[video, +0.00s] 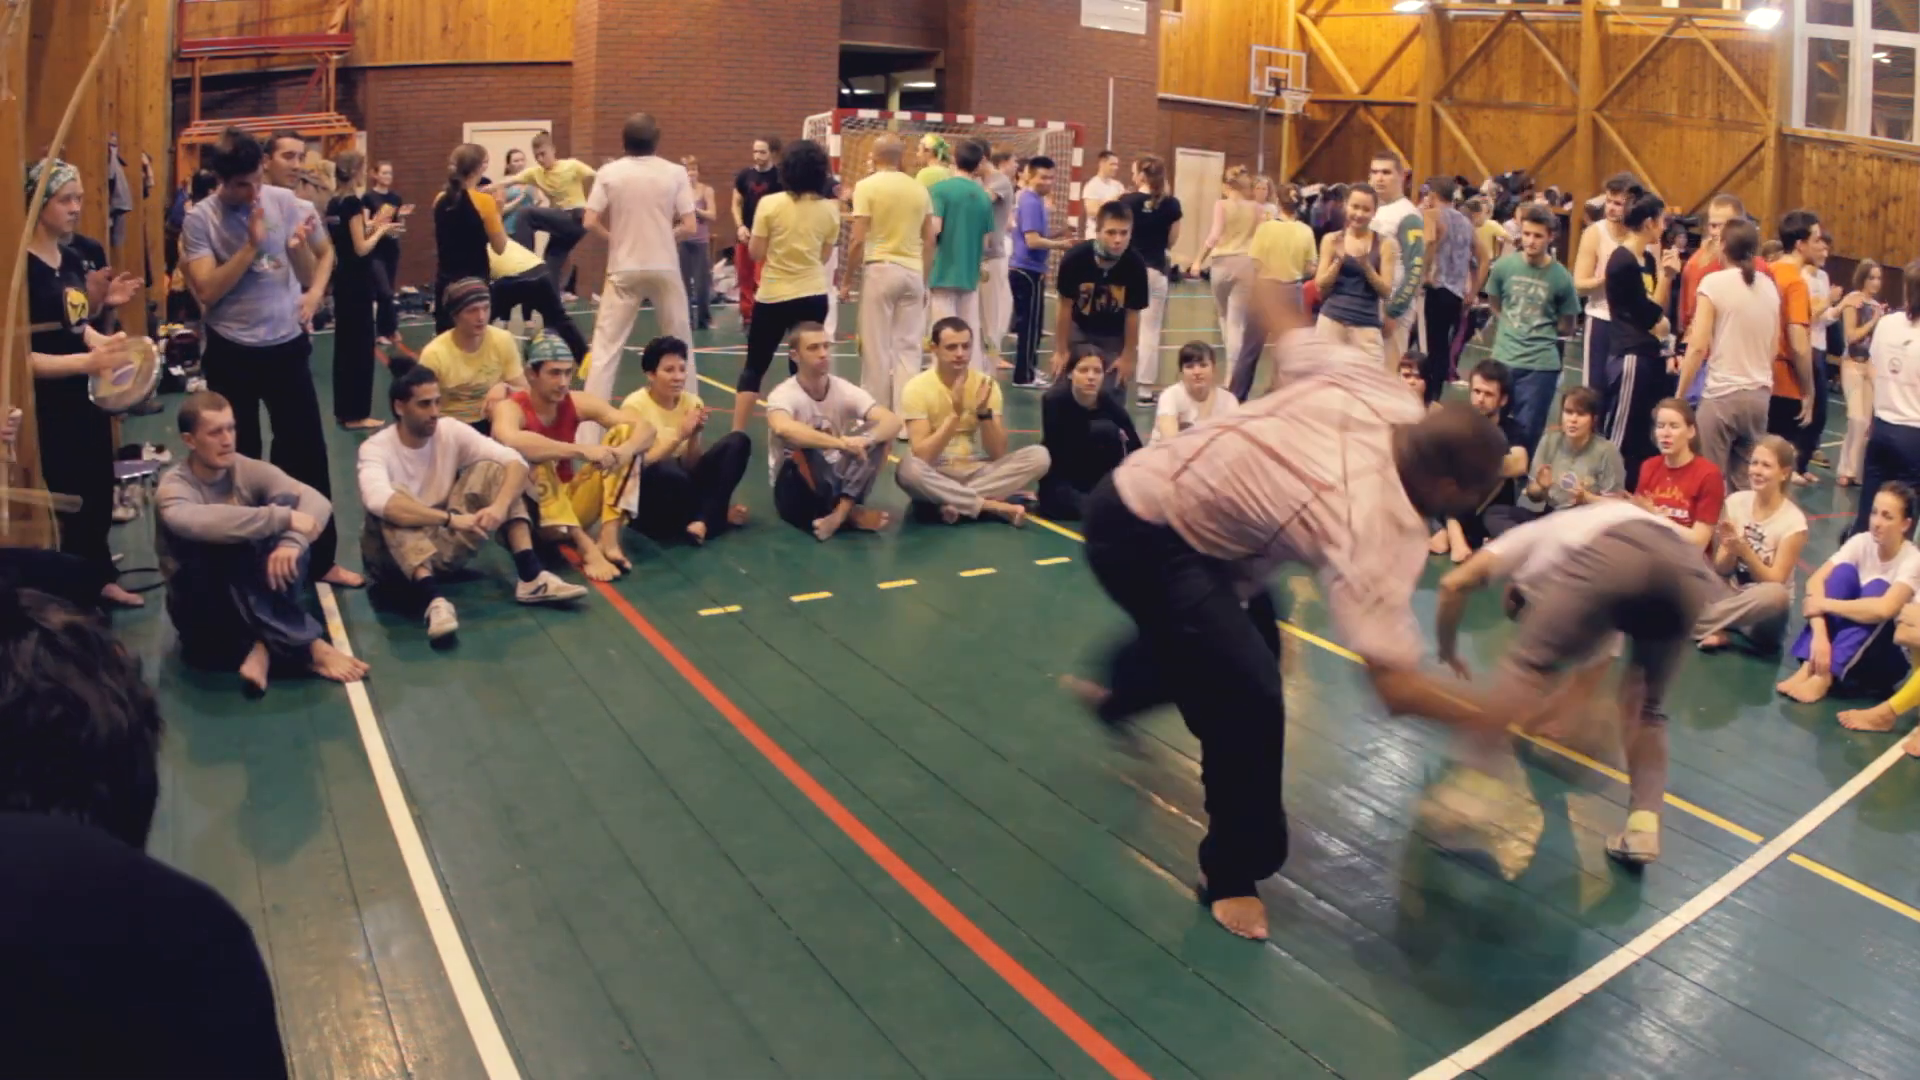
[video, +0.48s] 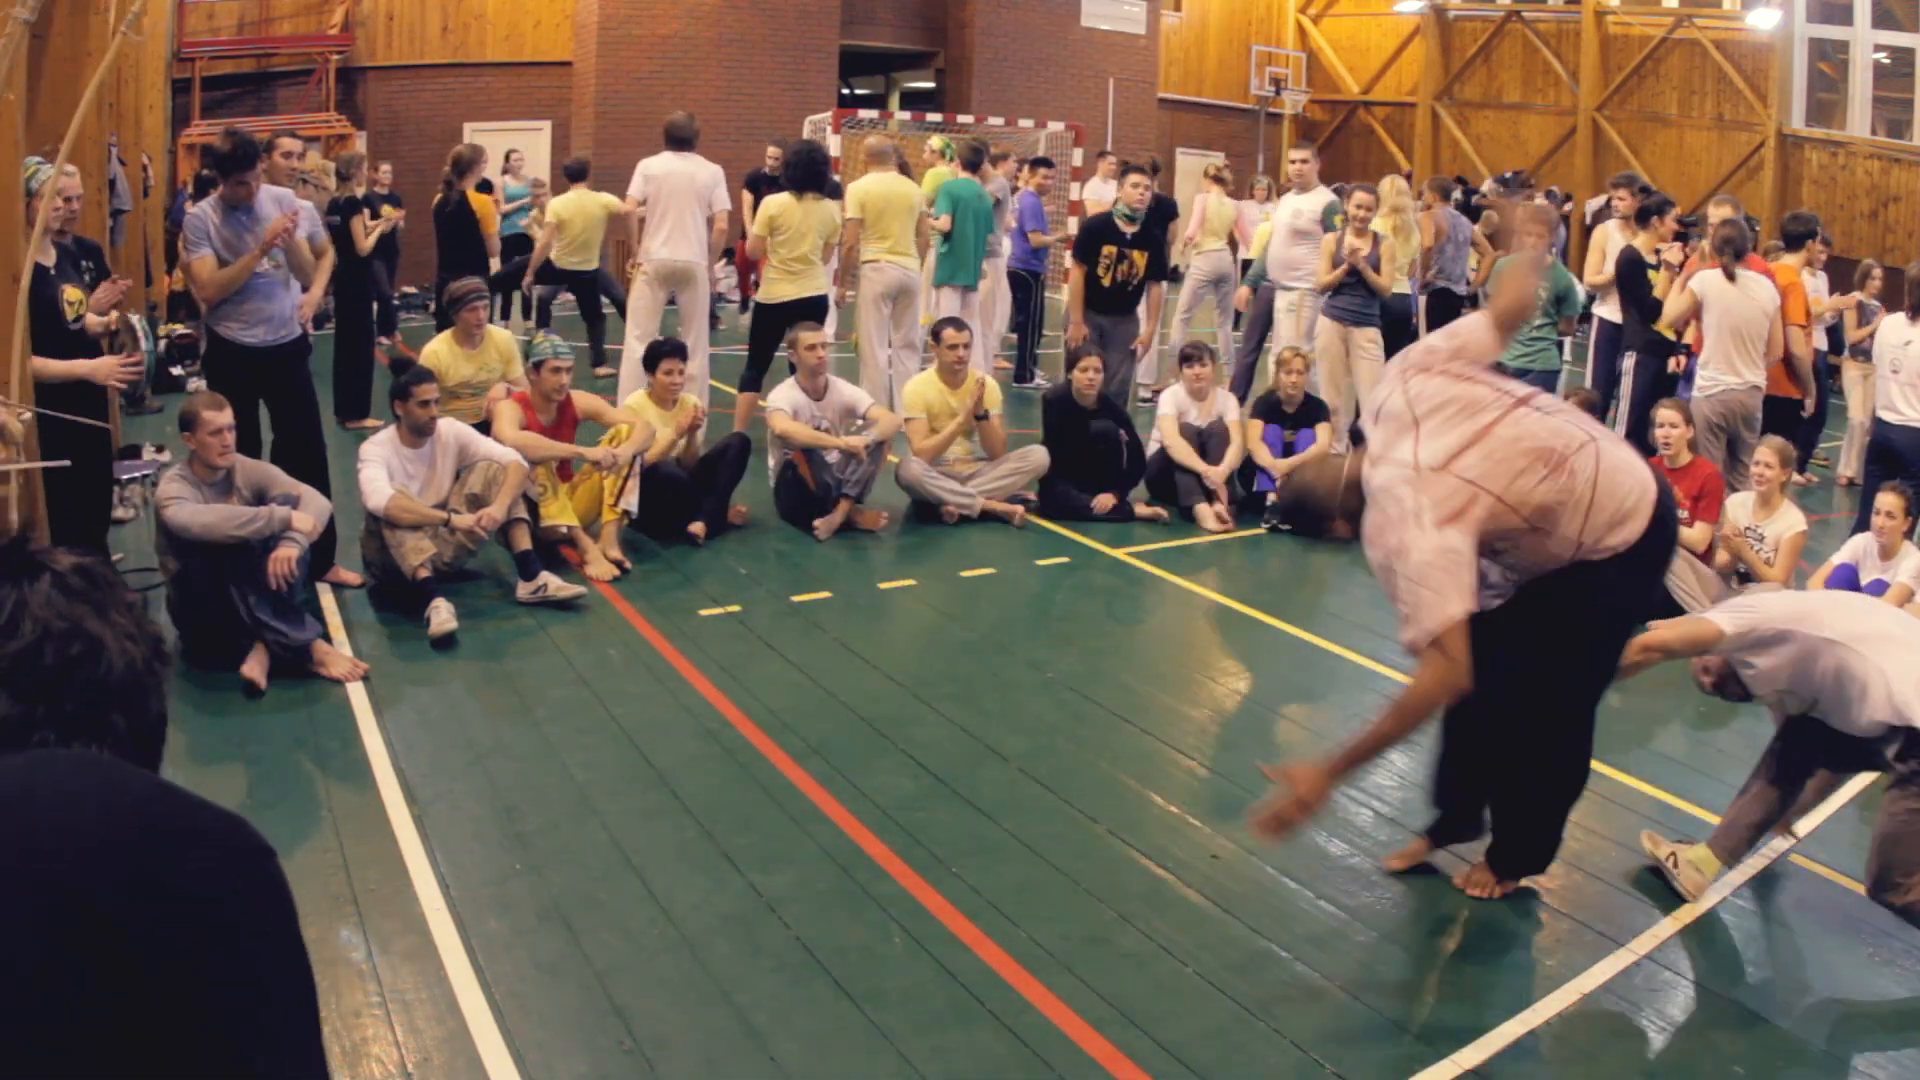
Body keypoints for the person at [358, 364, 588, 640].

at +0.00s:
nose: (434, 412)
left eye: (437, 402)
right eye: (424, 404)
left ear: (441, 401)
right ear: (399, 407)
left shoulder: (450, 430)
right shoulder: (375, 449)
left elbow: (516, 463)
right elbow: (380, 502)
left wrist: (500, 508)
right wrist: (450, 519)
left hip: (449, 545)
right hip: (399, 551)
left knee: (493, 469)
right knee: (395, 501)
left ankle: (532, 577)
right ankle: (434, 601)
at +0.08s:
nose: (434, 412)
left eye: (437, 403)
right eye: (424, 405)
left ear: (441, 400)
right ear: (399, 407)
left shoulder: (450, 430)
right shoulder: (375, 449)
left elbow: (516, 463)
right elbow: (380, 502)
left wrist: (500, 508)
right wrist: (449, 518)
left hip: (449, 544)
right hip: (399, 550)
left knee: (491, 470)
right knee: (394, 500)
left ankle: (532, 576)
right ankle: (435, 602)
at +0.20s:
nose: (434, 412)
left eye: (437, 403)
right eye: (424, 404)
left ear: (441, 401)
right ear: (398, 407)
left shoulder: (450, 430)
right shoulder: (375, 449)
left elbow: (516, 463)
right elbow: (380, 502)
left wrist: (500, 508)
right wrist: (449, 519)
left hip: (450, 544)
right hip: (400, 549)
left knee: (493, 469)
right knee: (395, 501)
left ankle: (532, 577)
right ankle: (435, 602)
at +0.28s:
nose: (434, 412)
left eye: (437, 403)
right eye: (424, 405)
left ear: (440, 401)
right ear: (398, 407)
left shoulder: (450, 430)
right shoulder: (375, 449)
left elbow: (516, 463)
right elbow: (380, 502)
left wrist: (500, 508)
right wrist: (449, 518)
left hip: (450, 544)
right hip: (400, 549)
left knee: (492, 470)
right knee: (394, 501)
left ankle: (532, 577)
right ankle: (435, 602)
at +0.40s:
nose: (434, 412)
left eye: (436, 403)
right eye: (424, 405)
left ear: (440, 401)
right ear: (398, 407)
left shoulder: (450, 430)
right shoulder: (375, 449)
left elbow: (516, 463)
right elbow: (380, 502)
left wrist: (500, 508)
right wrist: (449, 519)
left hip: (450, 544)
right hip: (400, 550)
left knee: (492, 469)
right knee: (395, 501)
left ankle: (532, 577)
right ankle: (435, 601)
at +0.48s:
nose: (433, 412)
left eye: (436, 403)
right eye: (424, 405)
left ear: (440, 400)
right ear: (398, 407)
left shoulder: (450, 430)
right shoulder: (375, 449)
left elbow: (516, 463)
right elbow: (380, 502)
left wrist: (500, 507)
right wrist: (449, 518)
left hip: (449, 545)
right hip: (399, 549)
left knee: (492, 469)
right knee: (394, 501)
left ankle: (532, 577)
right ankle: (435, 602)